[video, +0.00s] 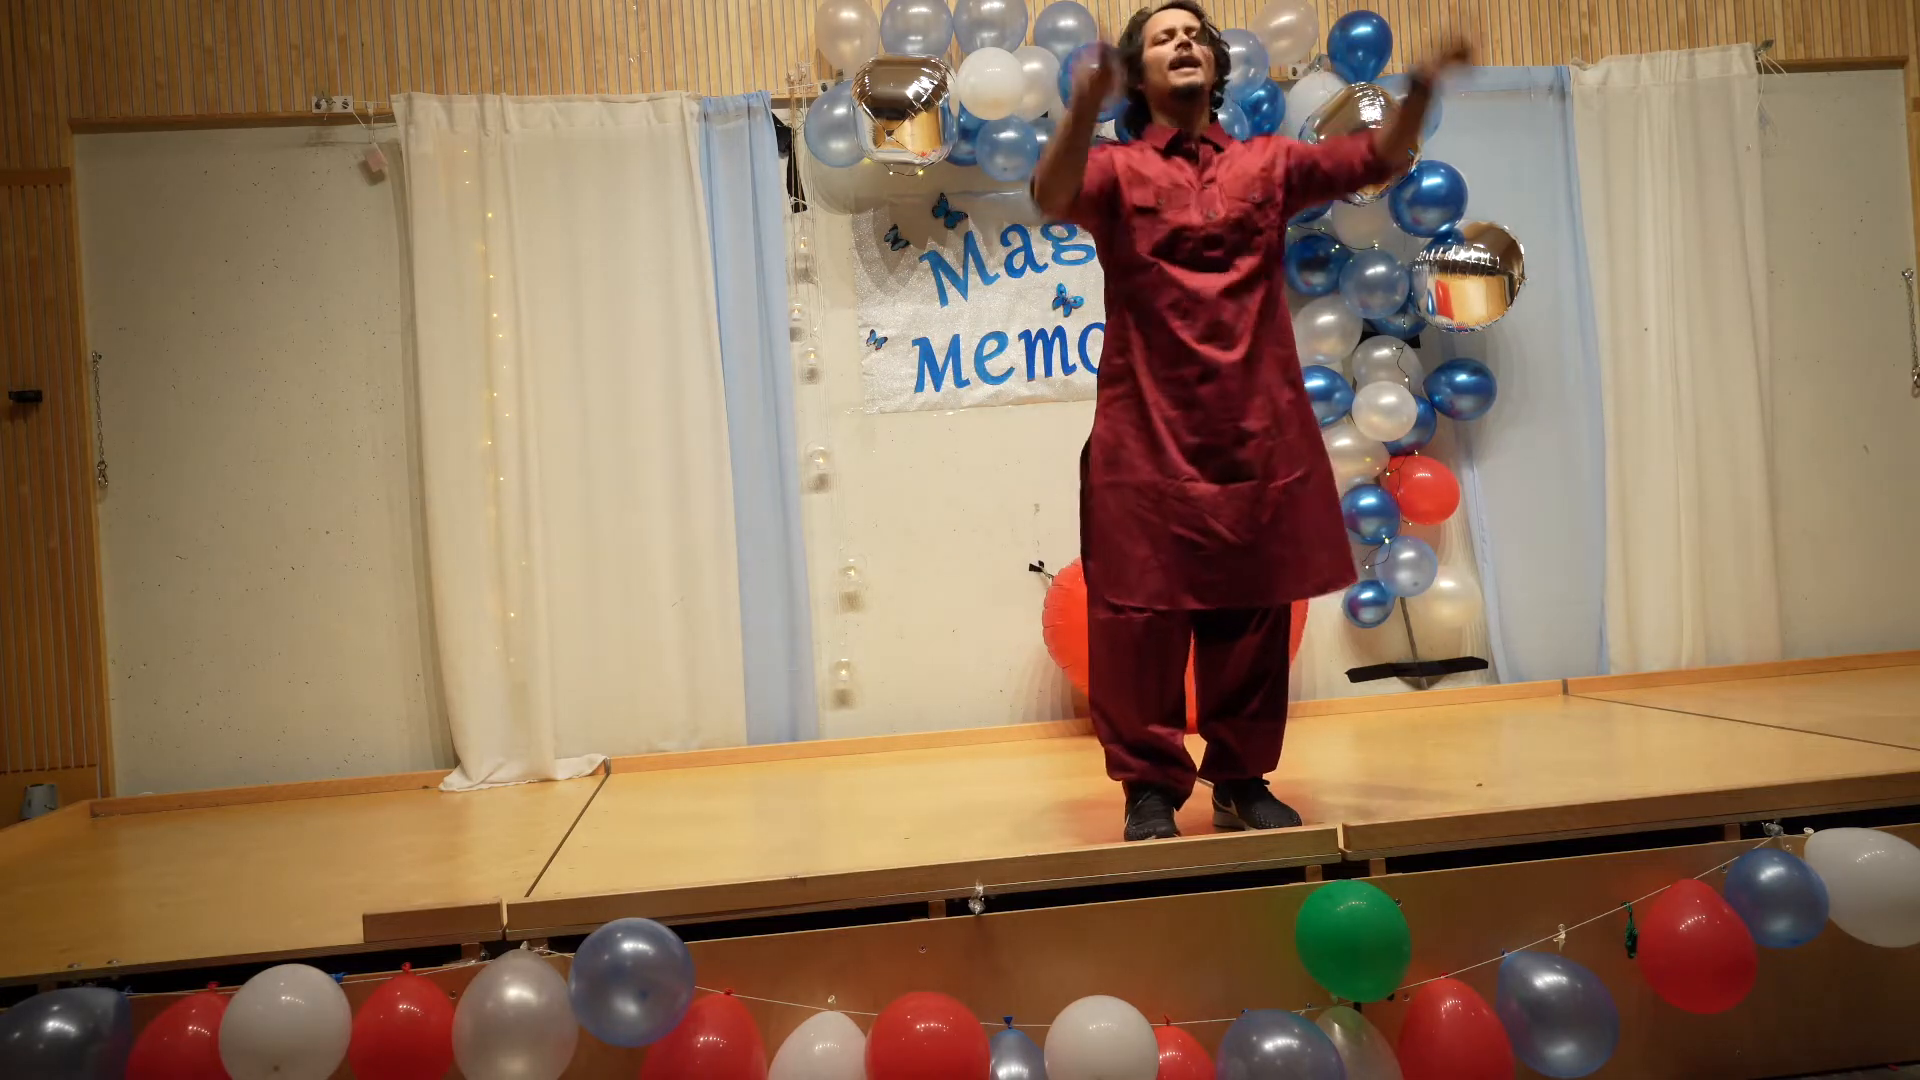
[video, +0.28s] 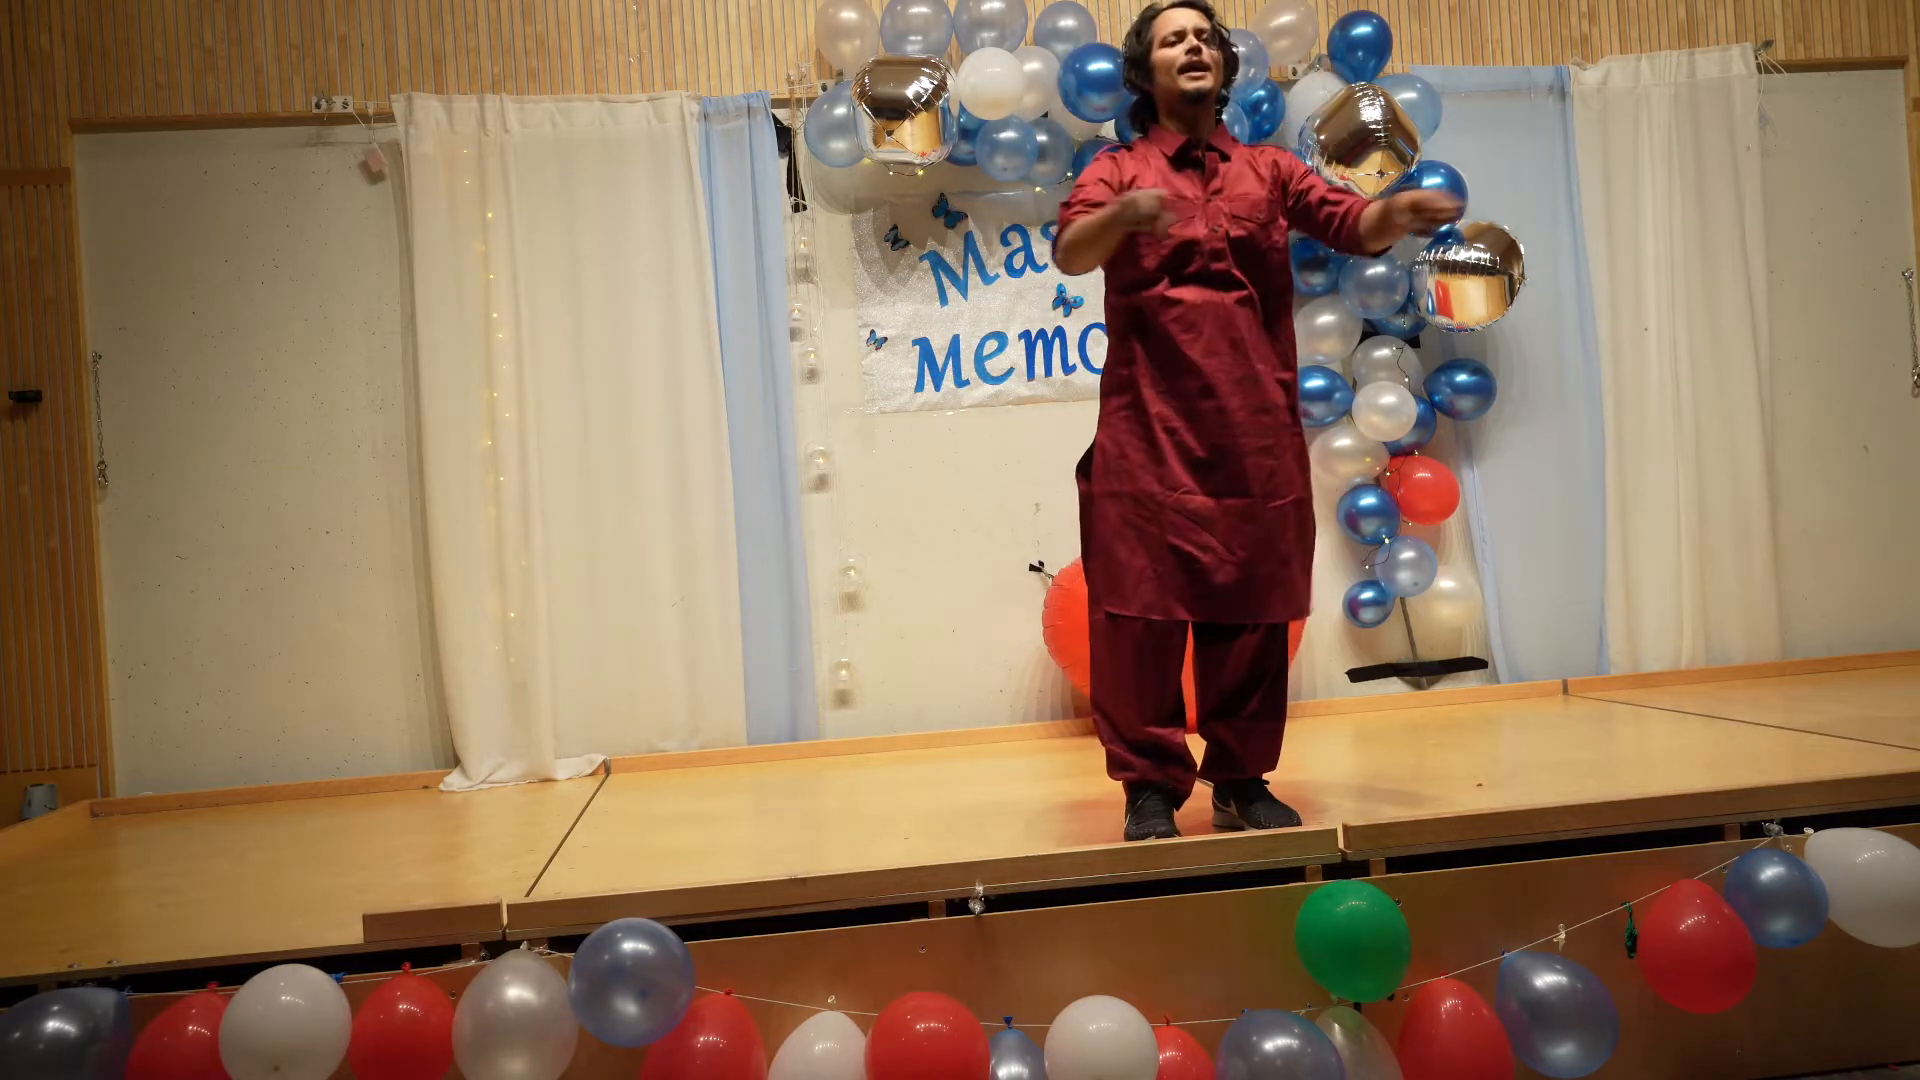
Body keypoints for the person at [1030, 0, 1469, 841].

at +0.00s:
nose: (1184, 45)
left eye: (1197, 36)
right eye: (1163, 38)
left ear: (1218, 67)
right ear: (1135, 73)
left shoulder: (1265, 159)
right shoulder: (1113, 164)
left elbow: (1380, 158)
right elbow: (1051, 195)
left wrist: (1422, 87)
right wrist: (1084, 104)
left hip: (1253, 422)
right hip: (1147, 423)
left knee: (1253, 612)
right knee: (1141, 613)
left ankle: (1243, 784)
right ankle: (1150, 791)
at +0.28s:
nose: (1194, 48)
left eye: (1206, 38)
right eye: (1173, 40)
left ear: (1226, 66)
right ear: (1143, 72)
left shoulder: (1268, 164)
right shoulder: (1118, 166)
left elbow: (1355, 228)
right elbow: (1070, 254)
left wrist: (1396, 209)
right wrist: (1122, 216)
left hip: (1254, 427)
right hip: (1148, 427)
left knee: (1250, 612)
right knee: (1140, 612)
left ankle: (1243, 784)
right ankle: (1149, 790)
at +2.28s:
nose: (1157, 93)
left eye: (1173, 80)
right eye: (1145, 83)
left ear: (1211, 96)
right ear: (1130, 103)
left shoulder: (1254, 181)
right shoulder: (1116, 189)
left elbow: (1315, 256)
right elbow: (1069, 269)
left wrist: (1303, 187)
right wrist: (1114, 175)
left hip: (1250, 432)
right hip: (1147, 432)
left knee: (1254, 609)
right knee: (1133, 604)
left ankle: (1243, 779)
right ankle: (1128, 769)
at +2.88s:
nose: (1089, 130)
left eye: (1106, 120)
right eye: (1083, 118)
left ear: (1144, 135)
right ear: (1071, 129)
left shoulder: (1176, 218)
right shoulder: (1042, 217)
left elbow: (1220, 309)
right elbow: (980, 269)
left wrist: (1199, 261)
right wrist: (1002, 179)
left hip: (1157, 446)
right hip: (1059, 450)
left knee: (1195, 605)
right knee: (1063, 612)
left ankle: (1234, 773)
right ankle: (1098, 768)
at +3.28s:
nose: (1044, 140)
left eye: (1060, 128)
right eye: (1034, 129)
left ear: (1096, 139)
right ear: (1024, 141)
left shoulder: (1141, 221)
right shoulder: (1006, 225)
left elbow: (1179, 306)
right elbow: (936, 248)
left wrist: (1143, 318)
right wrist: (947, 153)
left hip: (1128, 451)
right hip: (1036, 452)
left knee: (1148, 606)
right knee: (1052, 613)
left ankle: (1135, 732)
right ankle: (1093, 758)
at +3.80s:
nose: (1051, 164)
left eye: (1061, 154)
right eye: (1036, 155)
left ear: (1077, 169)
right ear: (1008, 173)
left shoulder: (1110, 247)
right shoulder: (991, 249)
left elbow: (1166, 324)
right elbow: (946, 275)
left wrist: (1173, 310)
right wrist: (994, 196)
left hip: (1113, 447)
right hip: (1035, 450)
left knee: (1117, 597)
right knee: (1055, 601)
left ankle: (1094, 737)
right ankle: (1094, 749)